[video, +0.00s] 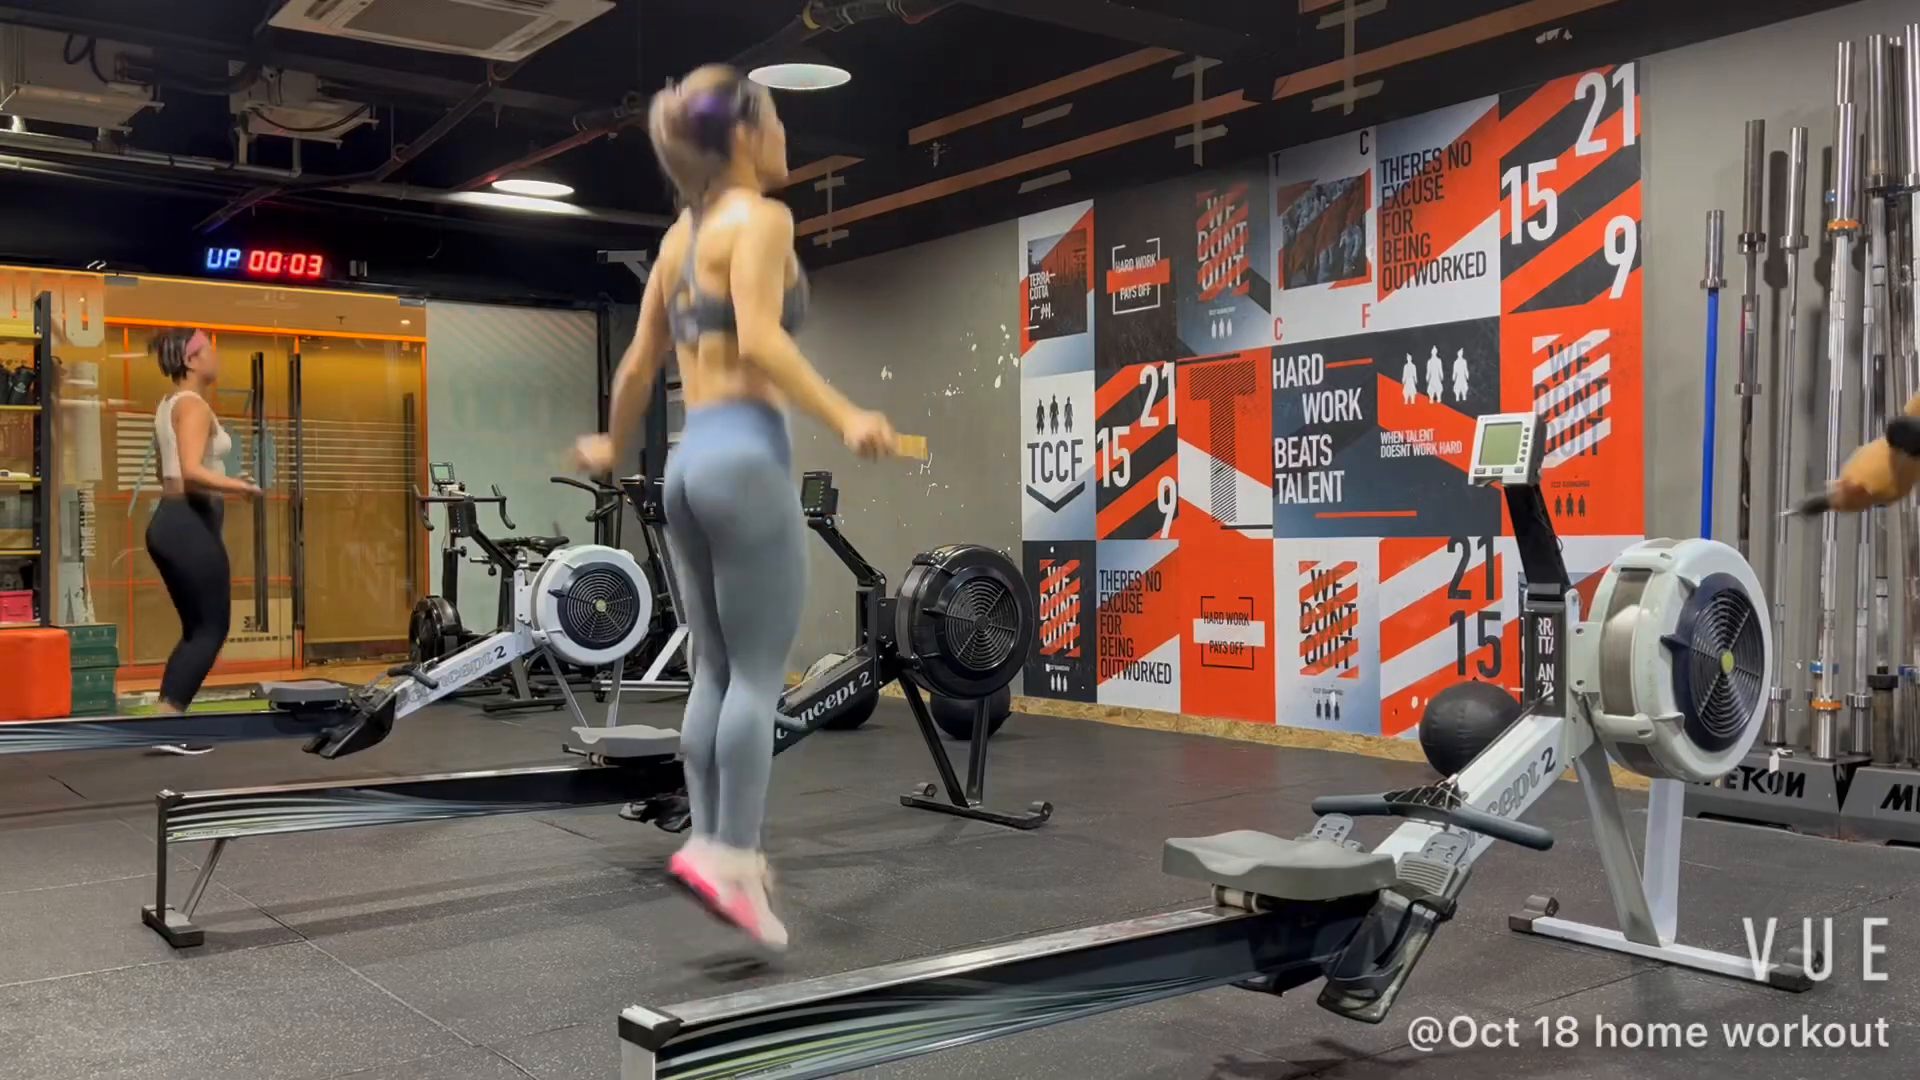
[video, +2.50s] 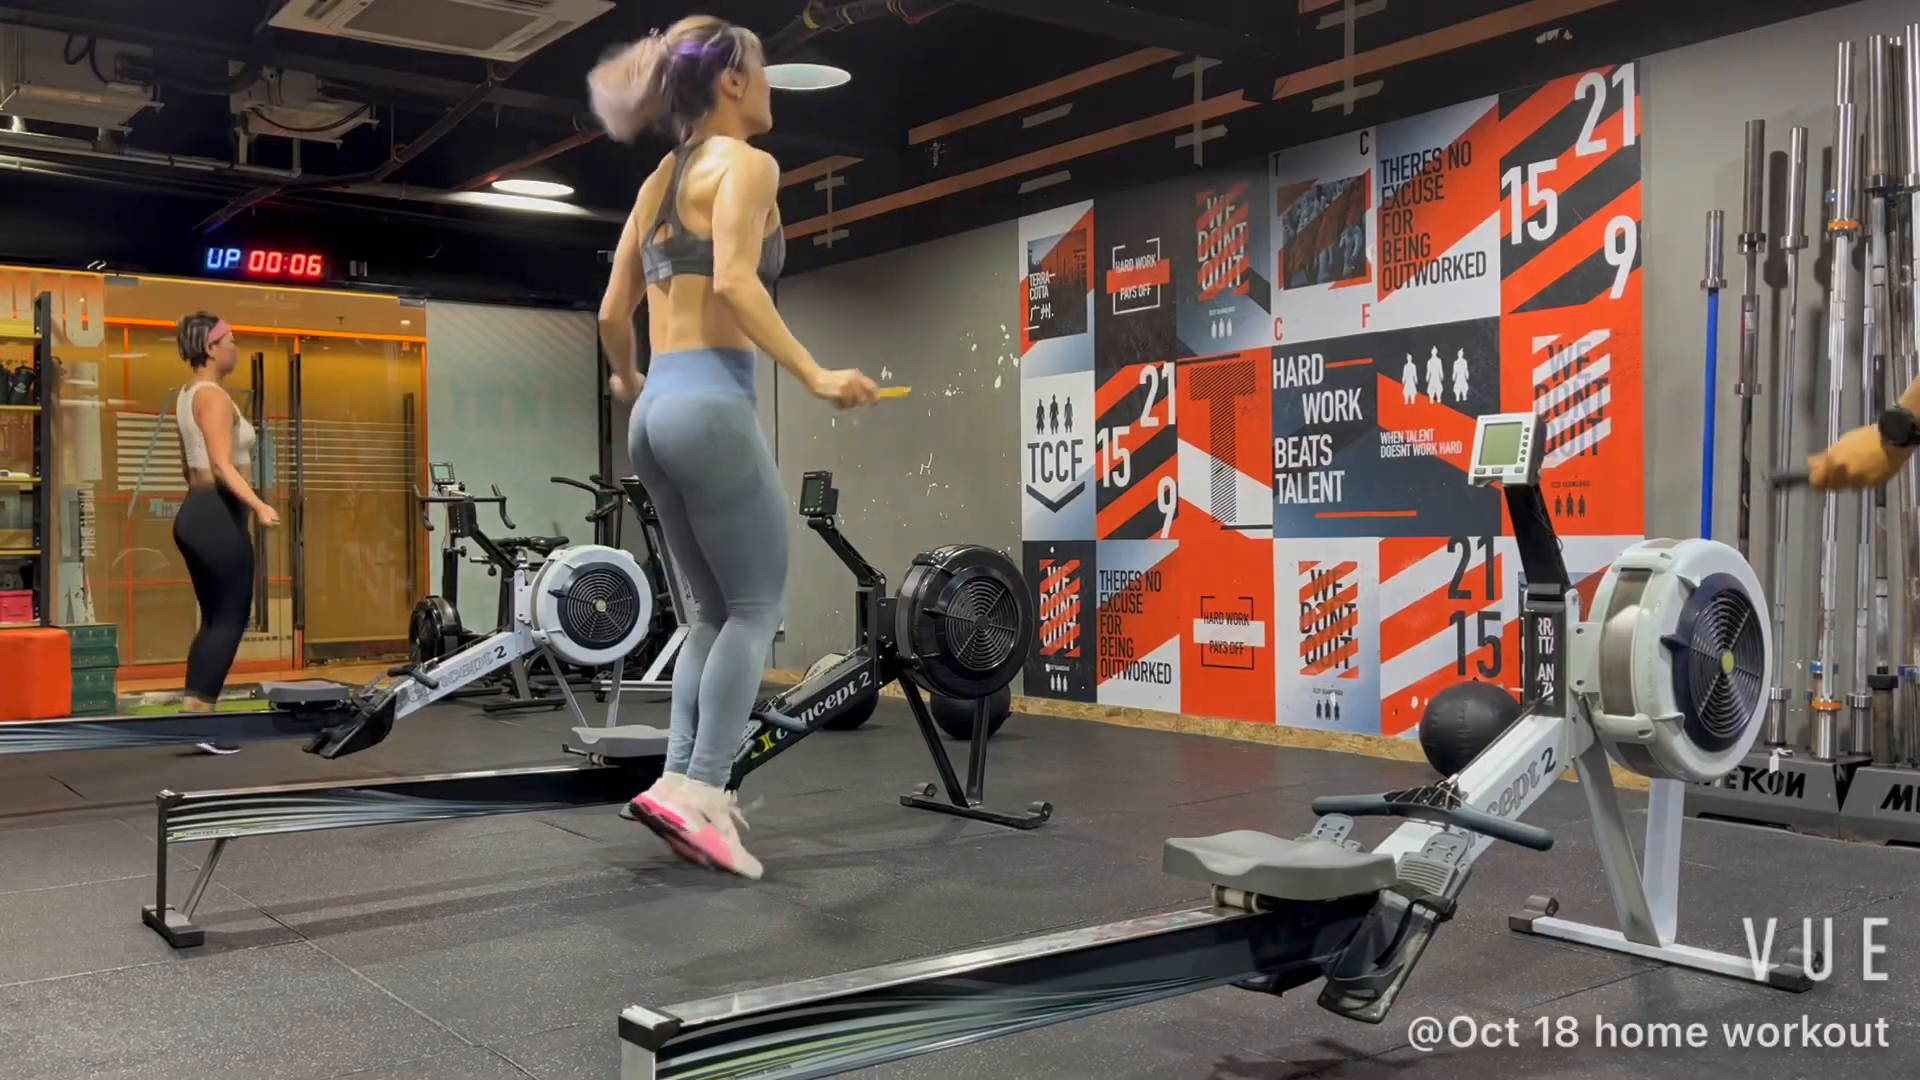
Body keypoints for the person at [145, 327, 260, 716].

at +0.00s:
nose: (216, 355)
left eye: (212, 347)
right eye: (211, 348)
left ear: (187, 361)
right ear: (194, 359)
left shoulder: (169, 406)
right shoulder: (193, 406)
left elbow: (175, 473)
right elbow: (192, 471)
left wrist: (224, 485)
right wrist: (235, 484)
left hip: (169, 520)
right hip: (188, 521)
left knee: (196, 627)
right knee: (213, 624)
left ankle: (165, 714)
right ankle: (167, 716)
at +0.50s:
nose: (210, 365)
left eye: (207, 357)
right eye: (204, 358)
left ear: (180, 366)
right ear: (185, 364)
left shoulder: (164, 410)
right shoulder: (183, 412)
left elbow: (178, 484)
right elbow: (193, 482)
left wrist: (205, 534)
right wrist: (249, 507)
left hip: (165, 529)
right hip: (182, 531)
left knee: (195, 634)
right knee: (209, 634)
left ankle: (156, 716)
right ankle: (163, 718)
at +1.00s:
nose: (205, 338)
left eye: (202, 331)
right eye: (199, 332)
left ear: (172, 340)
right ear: (179, 339)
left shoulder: (160, 385)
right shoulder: (178, 385)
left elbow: (160, 460)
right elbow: (183, 454)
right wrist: (220, 494)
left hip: (162, 501)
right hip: (179, 502)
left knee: (172, 611)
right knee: (182, 612)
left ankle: (152, 706)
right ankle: (154, 708)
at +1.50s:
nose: (215, 331)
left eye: (211, 324)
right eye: (207, 325)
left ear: (183, 337)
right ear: (190, 335)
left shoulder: (172, 380)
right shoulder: (191, 381)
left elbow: (178, 454)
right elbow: (189, 450)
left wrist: (225, 482)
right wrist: (229, 480)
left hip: (169, 495)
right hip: (184, 497)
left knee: (187, 606)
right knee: (197, 606)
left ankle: (164, 699)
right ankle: (166, 702)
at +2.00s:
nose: (226, 360)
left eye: (223, 352)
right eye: (221, 352)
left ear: (196, 359)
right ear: (204, 357)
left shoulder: (181, 406)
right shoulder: (201, 406)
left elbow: (195, 476)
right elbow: (210, 474)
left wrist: (244, 497)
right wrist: (262, 498)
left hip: (185, 523)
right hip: (202, 524)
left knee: (210, 631)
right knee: (221, 632)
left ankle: (178, 717)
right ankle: (181, 719)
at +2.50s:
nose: (236, 348)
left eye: (232, 340)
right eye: (229, 342)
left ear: (204, 350)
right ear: (210, 349)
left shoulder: (189, 395)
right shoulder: (212, 395)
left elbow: (196, 469)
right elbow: (221, 464)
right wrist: (259, 505)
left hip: (197, 512)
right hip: (216, 513)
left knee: (215, 617)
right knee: (232, 617)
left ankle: (196, 708)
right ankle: (200, 710)